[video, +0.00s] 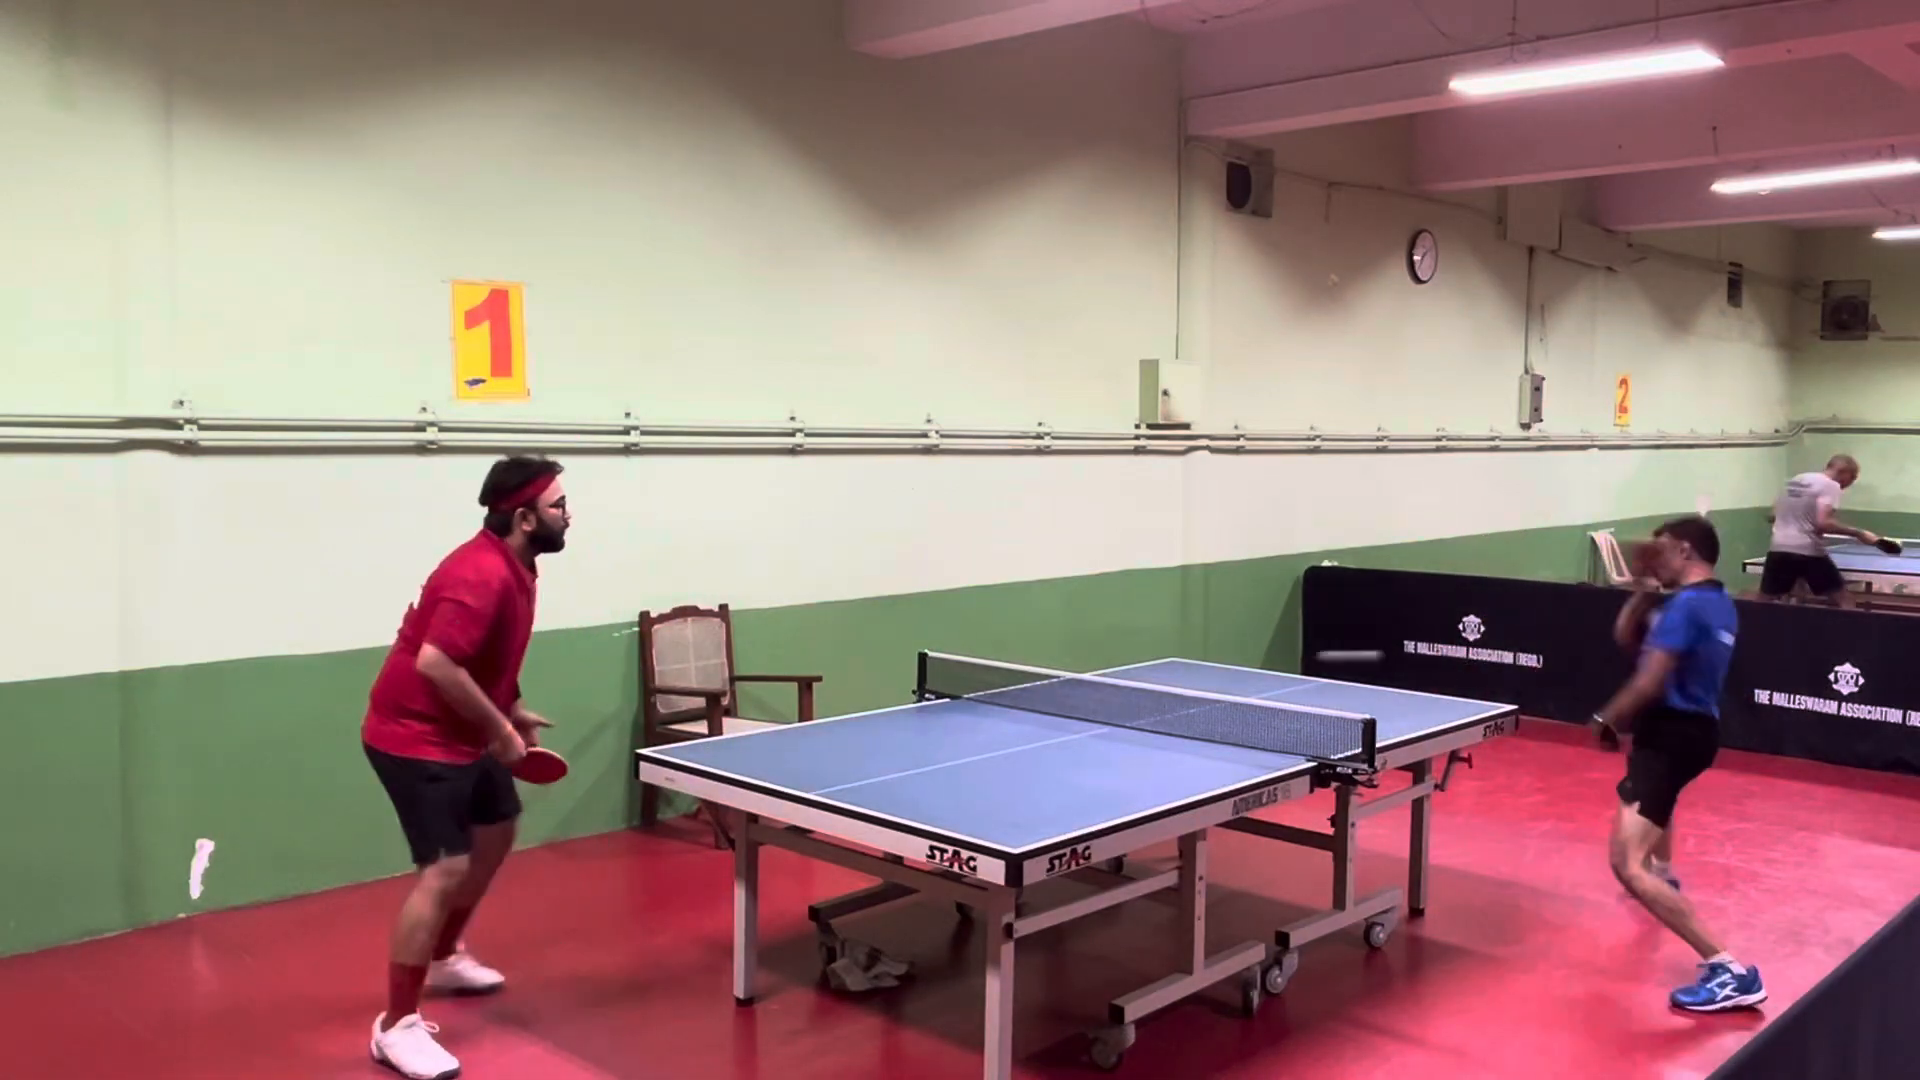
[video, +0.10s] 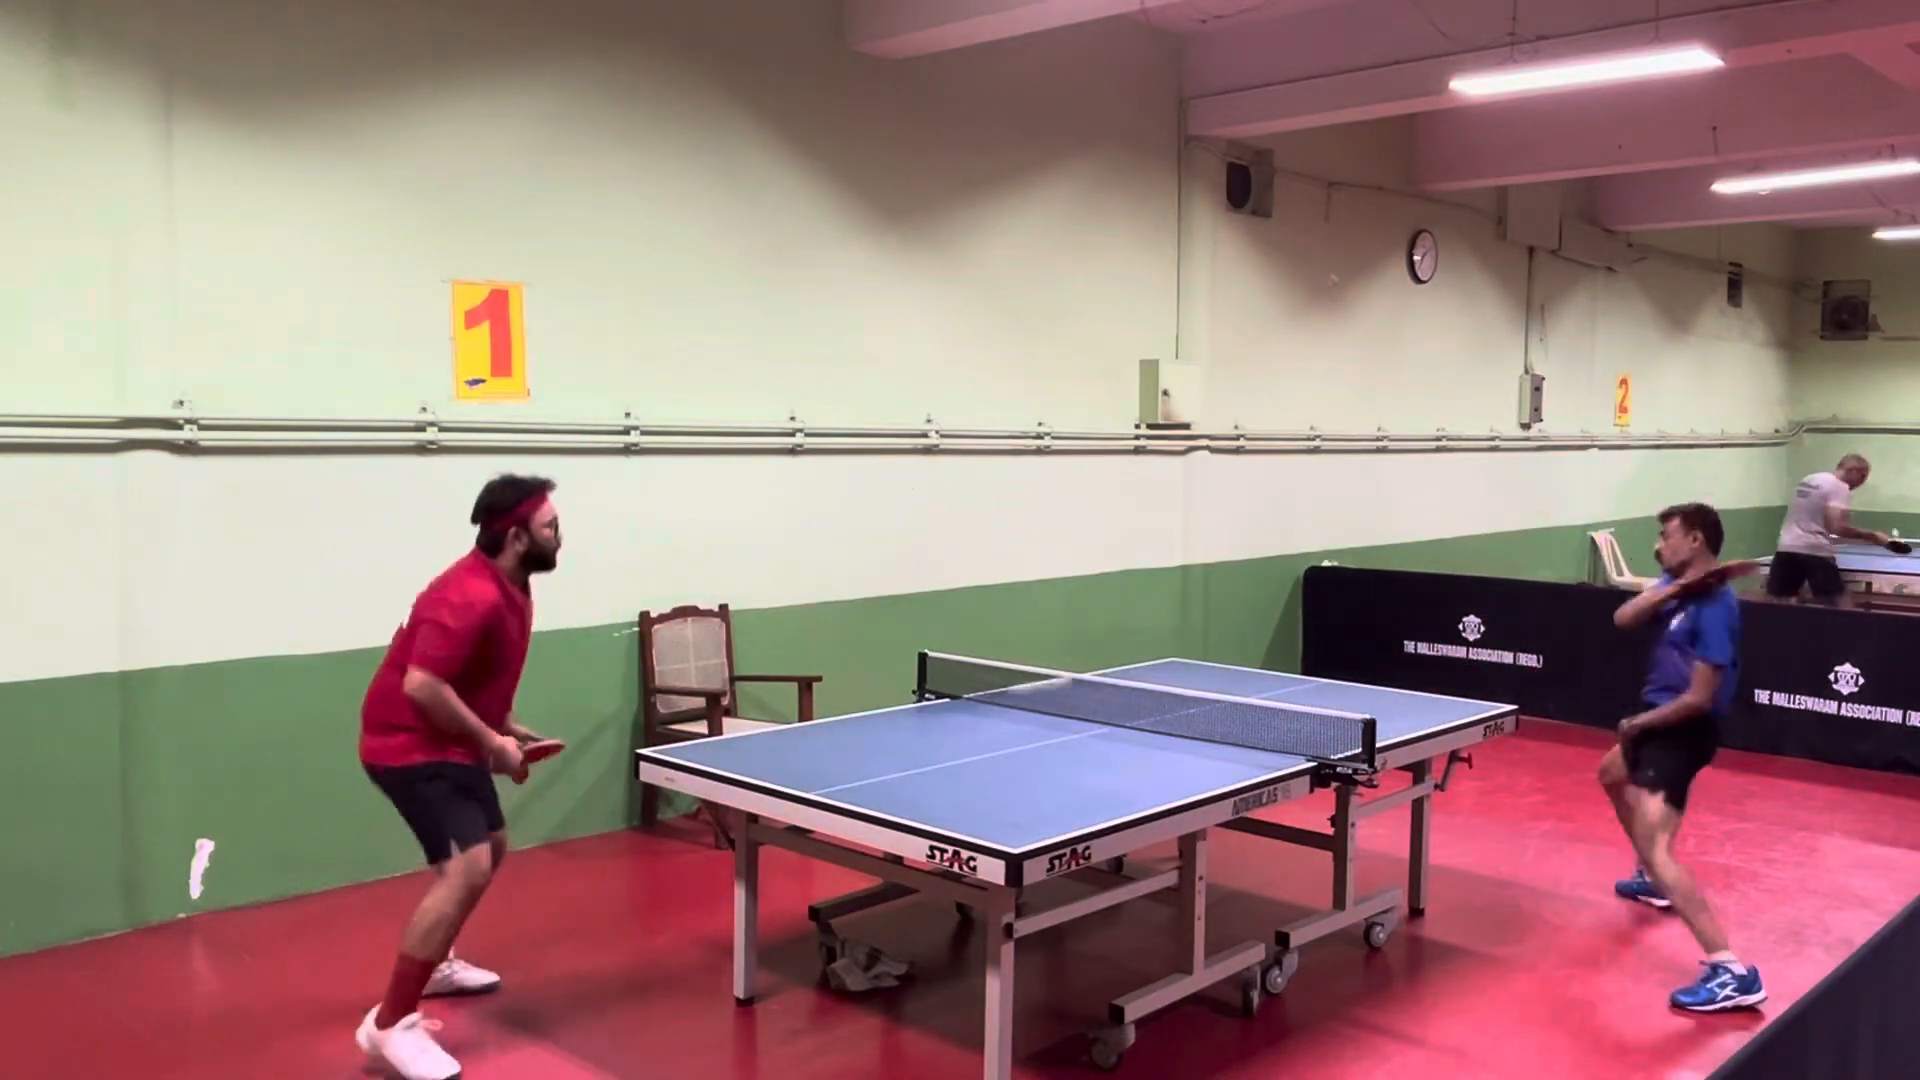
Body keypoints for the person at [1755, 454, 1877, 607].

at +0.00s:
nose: (1849, 485)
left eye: (1852, 481)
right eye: (1851, 479)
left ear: (1830, 466)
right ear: (1843, 472)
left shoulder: (1796, 480)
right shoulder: (1831, 486)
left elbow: (1775, 514)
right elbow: (1823, 522)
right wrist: (1859, 534)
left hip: (1779, 554)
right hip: (1809, 555)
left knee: (1763, 604)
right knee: (1842, 600)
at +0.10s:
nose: (1861, 483)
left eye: (1864, 479)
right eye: (1862, 477)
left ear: (1842, 466)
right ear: (1853, 470)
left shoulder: (1809, 480)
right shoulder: (1839, 487)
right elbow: (1836, 527)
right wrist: (1873, 536)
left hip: (1787, 552)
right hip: (1816, 555)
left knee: (1776, 608)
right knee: (1838, 608)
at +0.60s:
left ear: (1871, 465)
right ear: (1892, 472)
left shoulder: (1843, 476)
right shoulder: (1892, 498)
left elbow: (1818, 507)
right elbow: (1879, 537)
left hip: (1817, 547)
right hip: (1852, 554)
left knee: (1789, 597)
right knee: (1869, 609)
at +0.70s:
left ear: (1861, 466)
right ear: (1883, 473)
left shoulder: (1835, 481)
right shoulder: (1885, 498)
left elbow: (1815, 514)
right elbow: (1885, 541)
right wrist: (1868, 553)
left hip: (1816, 549)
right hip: (1851, 556)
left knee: (1789, 596)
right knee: (1866, 607)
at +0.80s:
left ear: (1848, 467)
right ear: (1870, 474)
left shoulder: (1822, 485)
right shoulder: (1873, 498)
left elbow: (1807, 519)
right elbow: (1882, 540)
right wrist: (1868, 554)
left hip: (1810, 555)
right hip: (1845, 559)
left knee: (1787, 601)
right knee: (1868, 608)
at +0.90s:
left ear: (1835, 467)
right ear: (1858, 472)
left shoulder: (1811, 484)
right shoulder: (1864, 494)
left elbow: (1795, 520)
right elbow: (1872, 538)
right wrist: (1856, 555)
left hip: (1802, 554)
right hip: (1836, 559)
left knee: (1784, 600)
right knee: (1858, 605)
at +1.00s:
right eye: (1851, 467)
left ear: (1827, 465)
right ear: (1849, 469)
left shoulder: (1803, 483)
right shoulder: (1856, 491)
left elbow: (1786, 518)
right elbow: (1862, 536)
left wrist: (1806, 523)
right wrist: (1853, 548)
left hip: (1795, 553)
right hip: (1829, 556)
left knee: (1775, 602)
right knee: (1851, 607)